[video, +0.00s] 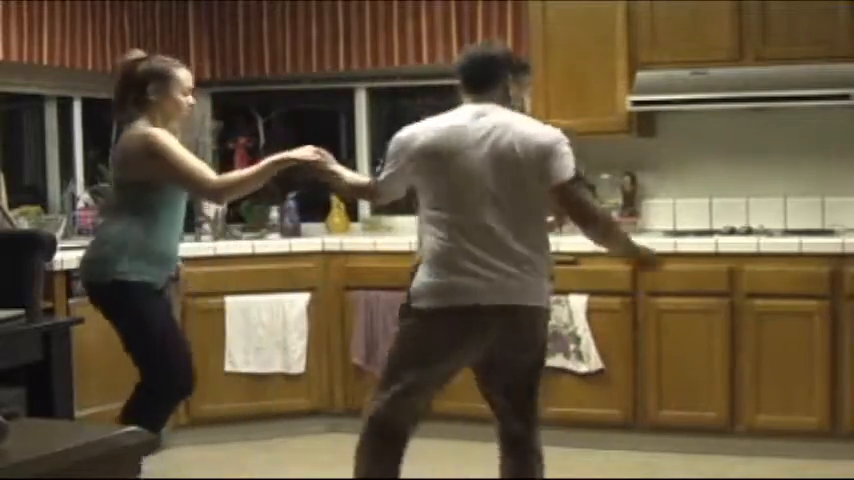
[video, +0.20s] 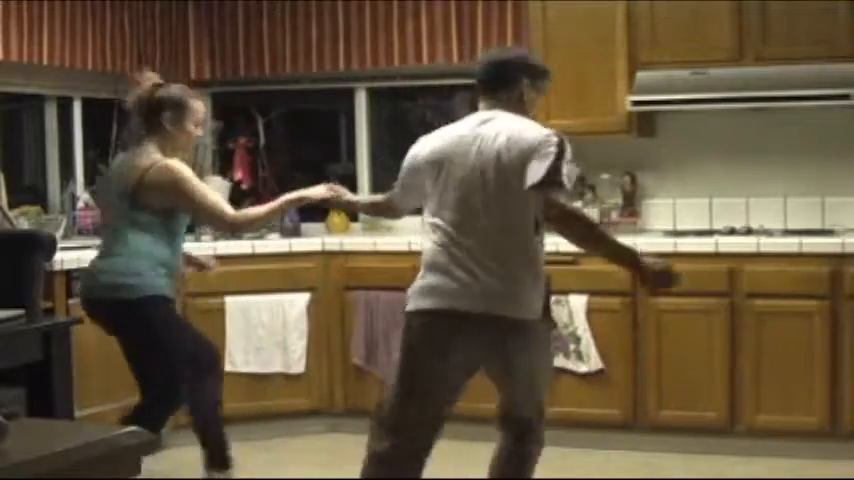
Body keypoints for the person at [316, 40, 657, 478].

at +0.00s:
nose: (528, 97)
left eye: (528, 86)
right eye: (526, 87)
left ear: (465, 89)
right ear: (510, 86)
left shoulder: (419, 138)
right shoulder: (543, 139)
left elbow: (377, 194)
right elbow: (589, 217)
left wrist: (320, 166)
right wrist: (635, 251)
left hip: (442, 308)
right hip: (520, 309)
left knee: (388, 421)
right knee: (520, 434)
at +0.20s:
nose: (541, 106)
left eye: (542, 94)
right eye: (539, 94)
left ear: (481, 92)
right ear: (523, 91)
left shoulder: (432, 145)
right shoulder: (539, 140)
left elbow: (393, 204)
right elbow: (556, 211)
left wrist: (343, 199)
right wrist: (638, 266)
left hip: (437, 313)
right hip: (515, 315)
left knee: (399, 442)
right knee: (523, 431)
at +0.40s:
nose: (552, 98)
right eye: (552, 91)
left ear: (497, 91)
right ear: (549, 90)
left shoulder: (457, 144)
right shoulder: (576, 139)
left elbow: (413, 215)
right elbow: (615, 212)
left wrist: (350, 217)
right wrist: (679, 272)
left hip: (467, 298)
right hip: (543, 309)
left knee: (398, 371)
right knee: (523, 427)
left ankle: (416, 474)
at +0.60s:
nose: (484, 94)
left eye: (487, 87)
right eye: (488, 88)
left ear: (495, 88)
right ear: (544, 92)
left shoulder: (464, 138)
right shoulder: (585, 143)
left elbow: (415, 212)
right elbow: (643, 216)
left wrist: (355, 206)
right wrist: (691, 262)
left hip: (492, 305)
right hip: (562, 311)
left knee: (409, 374)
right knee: (525, 442)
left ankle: (430, 475)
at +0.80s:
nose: (457, 93)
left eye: (459, 86)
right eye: (459, 87)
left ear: (468, 87)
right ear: (517, 92)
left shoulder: (451, 133)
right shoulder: (559, 144)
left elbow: (420, 220)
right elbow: (603, 228)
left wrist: (381, 213)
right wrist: (610, 242)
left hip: (497, 315)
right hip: (559, 314)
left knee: (431, 442)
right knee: (524, 450)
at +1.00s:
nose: (430, 82)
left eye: (432, 75)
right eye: (433, 75)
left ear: (441, 76)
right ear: (487, 81)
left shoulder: (428, 119)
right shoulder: (526, 134)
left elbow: (402, 208)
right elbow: (559, 222)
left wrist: (385, 213)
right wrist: (519, 255)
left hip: (482, 296)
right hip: (534, 293)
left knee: (474, 418)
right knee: (493, 411)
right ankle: (509, 473)